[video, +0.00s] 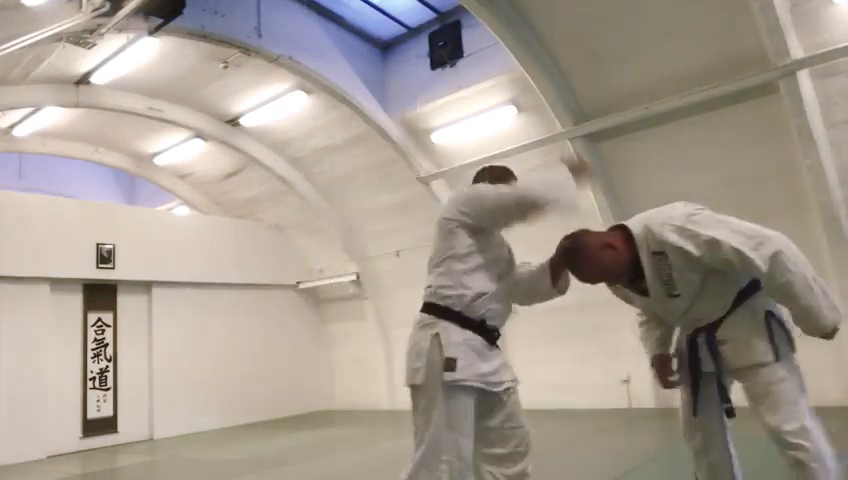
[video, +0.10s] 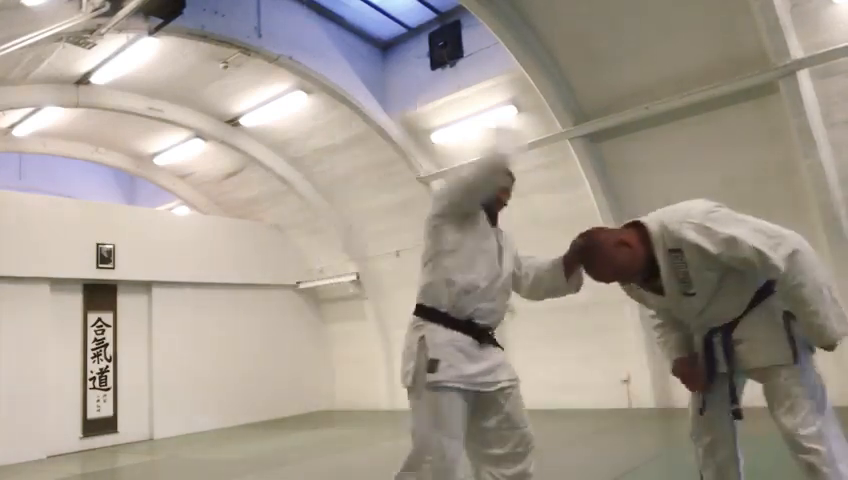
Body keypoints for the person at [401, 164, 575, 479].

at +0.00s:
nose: (513, 197)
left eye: (515, 191)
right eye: (506, 190)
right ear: (485, 186)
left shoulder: (501, 252)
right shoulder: (461, 206)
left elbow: (519, 287)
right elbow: (520, 196)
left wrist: (559, 265)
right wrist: (569, 176)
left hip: (485, 348)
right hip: (446, 338)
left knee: (509, 449)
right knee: (445, 458)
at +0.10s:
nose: (507, 193)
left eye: (511, 187)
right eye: (502, 184)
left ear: (509, 193)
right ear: (483, 183)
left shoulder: (503, 244)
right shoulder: (450, 215)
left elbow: (529, 279)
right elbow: (466, 187)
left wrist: (572, 262)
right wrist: (497, 158)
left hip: (484, 347)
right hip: (439, 341)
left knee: (511, 450)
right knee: (438, 459)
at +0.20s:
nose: (491, 193)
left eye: (495, 189)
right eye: (485, 184)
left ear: (495, 193)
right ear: (463, 181)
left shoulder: (497, 239)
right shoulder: (436, 216)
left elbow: (534, 264)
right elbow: (445, 174)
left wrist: (584, 251)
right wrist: (458, 136)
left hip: (479, 351)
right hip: (430, 345)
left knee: (513, 452)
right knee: (423, 460)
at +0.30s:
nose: (468, 196)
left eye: (472, 191)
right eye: (462, 188)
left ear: (473, 196)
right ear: (438, 186)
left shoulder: (481, 240)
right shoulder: (413, 225)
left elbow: (527, 264)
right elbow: (416, 168)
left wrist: (575, 255)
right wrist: (435, 148)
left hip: (466, 357)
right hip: (415, 355)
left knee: (514, 454)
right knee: (410, 465)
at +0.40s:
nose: (438, 199)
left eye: (444, 194)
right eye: (431, 190)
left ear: (449, 201)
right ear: (412, 192)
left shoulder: (454, 247)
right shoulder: (389, 237)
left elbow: (496, 279)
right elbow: (386, 181)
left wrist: (546, 287)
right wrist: (419, 157)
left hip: (448, 365)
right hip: (396, 364)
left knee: (500, 454)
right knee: (401, 465)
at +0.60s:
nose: (394, 192)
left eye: (401, 187)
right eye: (387, 185)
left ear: (406, 195)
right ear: (371, 188)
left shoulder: (410, 243)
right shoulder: (346, 229)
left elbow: (425, 307)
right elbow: (310, 247)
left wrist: (440, 360)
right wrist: (356, 224)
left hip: (412, 359)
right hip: (363, 359)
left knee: (446, 454)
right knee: (374, 465)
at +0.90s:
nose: (353, 217)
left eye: (355, 210)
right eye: (346, 209)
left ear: (356, 214)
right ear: (322, 213)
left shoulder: (361, 262)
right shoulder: (297, 257)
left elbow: (392, 297)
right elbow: (270, 321)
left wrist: (428, 313)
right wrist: (289, 378)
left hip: (356, 372)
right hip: (318, 372)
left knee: (354, 462)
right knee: (339, 463)